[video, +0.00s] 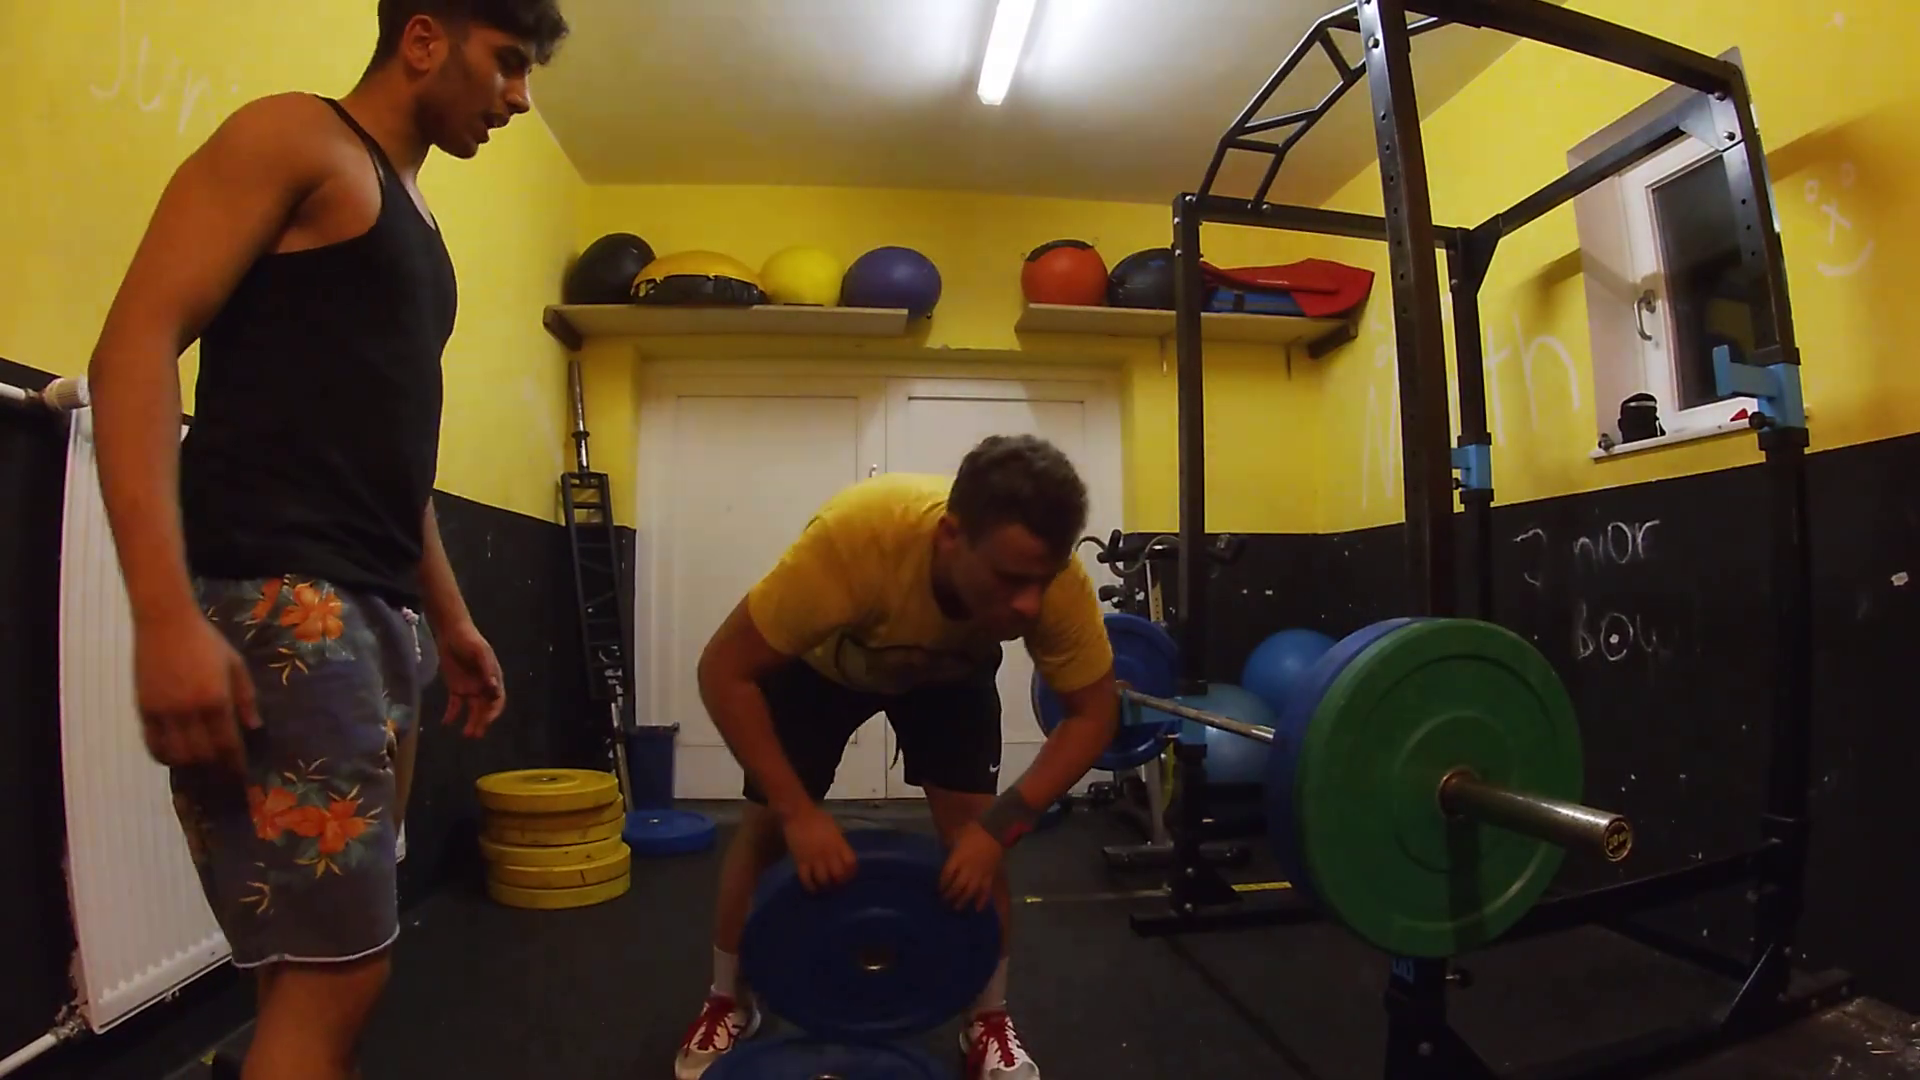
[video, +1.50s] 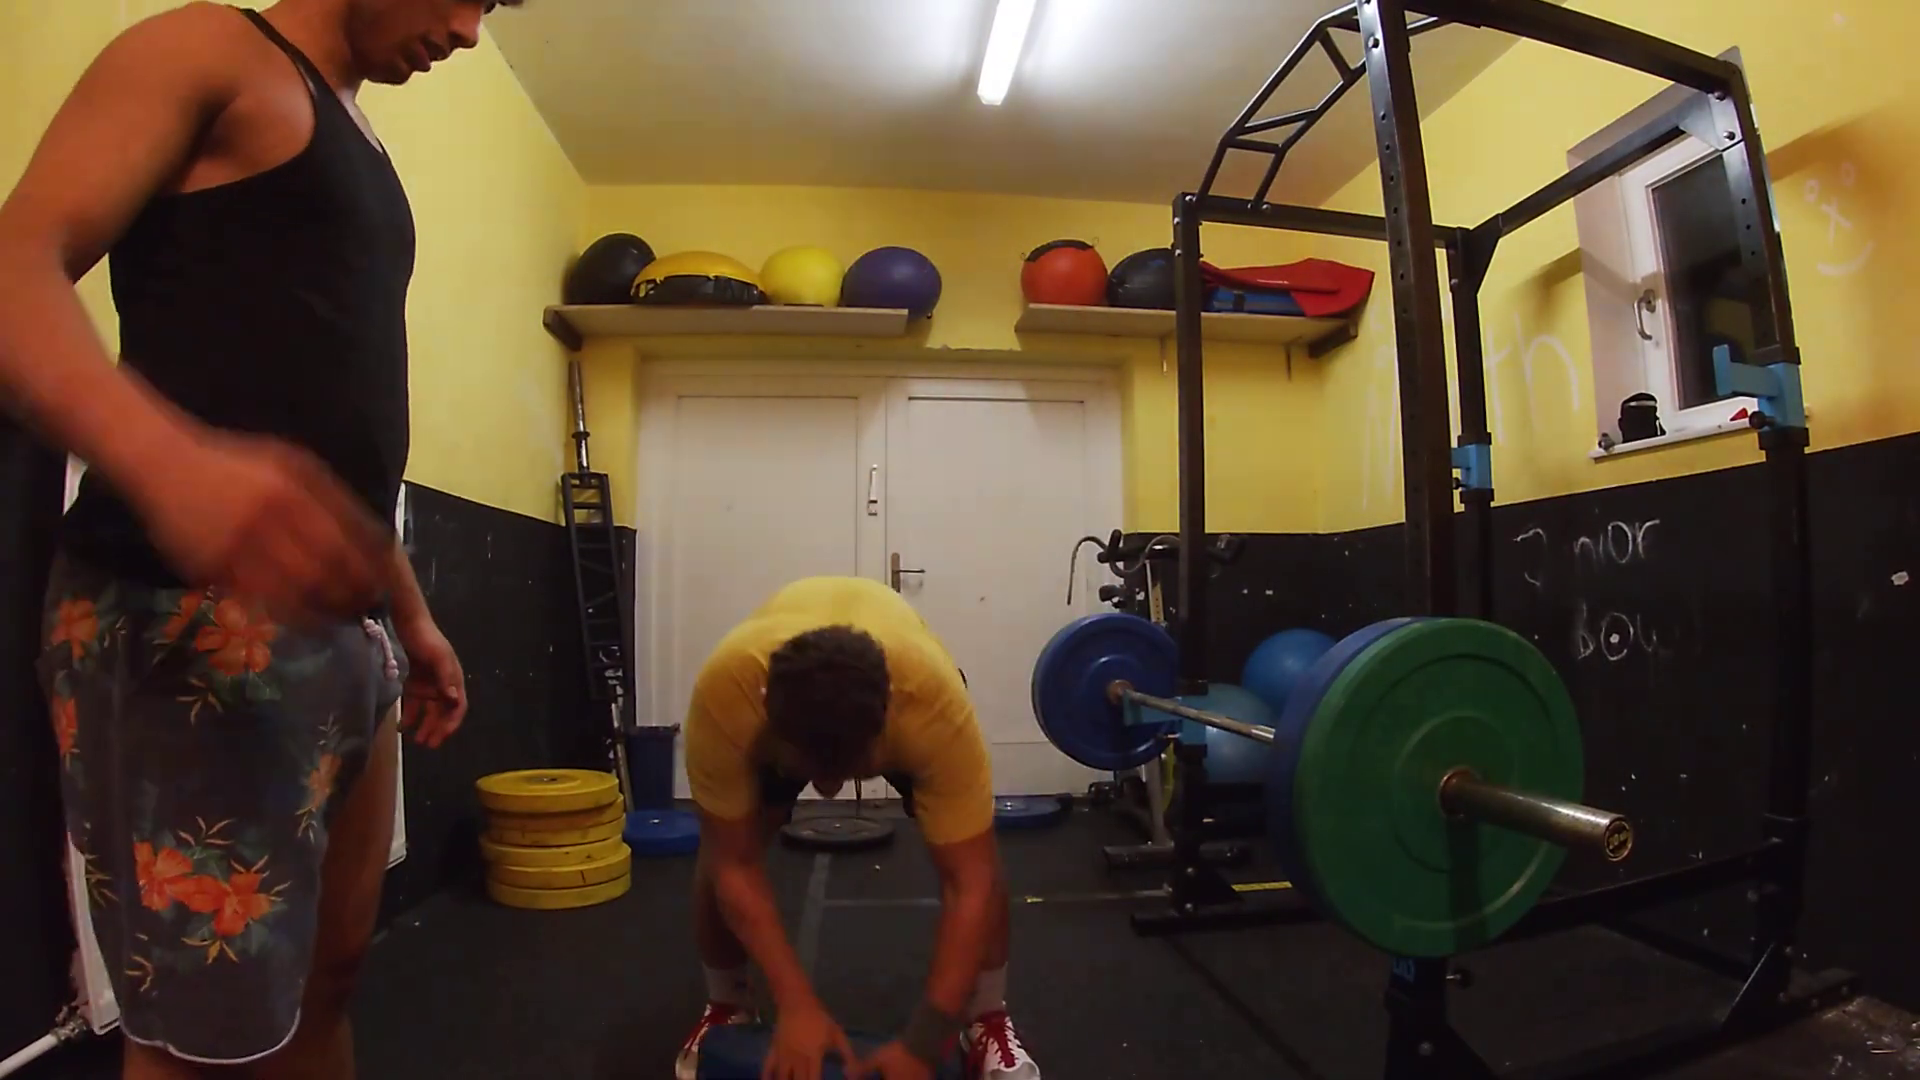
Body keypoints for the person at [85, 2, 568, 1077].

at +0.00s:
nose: (520, 98)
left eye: (529, 74)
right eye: (509, 62)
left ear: (440, 51)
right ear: (425, 38)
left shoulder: (408, 214)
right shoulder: (293, 134)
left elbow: (386, 445)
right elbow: (133, 350)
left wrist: (447, 616)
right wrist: (164, 614)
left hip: (373, 613)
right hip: (283, 609)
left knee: (328, 966)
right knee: (334, 976)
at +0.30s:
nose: (507, 71)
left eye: (516, 42)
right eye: (495, 33)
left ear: (414, 26)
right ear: (405, 16)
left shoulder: (385, 185)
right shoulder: (269, 119)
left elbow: (367, 432)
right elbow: (101, 354)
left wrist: (431, 615)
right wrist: (125, 641)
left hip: (370, 626)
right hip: (268, 623)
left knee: (320, 985)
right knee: (268, 1023)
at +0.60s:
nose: (479, 13)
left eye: (484, 1)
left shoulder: (358, 150)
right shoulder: (215, 59)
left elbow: (337, 416)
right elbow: (33, 304)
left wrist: (408, 619)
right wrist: (72, 638)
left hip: (352, 638)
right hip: (216, 633)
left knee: (320, 989)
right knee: (190, 1042)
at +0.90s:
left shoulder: (346, 119)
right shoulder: (180, 27)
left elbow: (308, 390)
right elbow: (2, 282)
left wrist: (384, 596)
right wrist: (1, 638)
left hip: (319, 632)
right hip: (165, 629)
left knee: (327, 995)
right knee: (169, 1047)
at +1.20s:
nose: (449, 7)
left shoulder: (351, 124)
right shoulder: (188, 23)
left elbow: (314, 397)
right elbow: (3, 273)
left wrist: (378, 615)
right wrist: (4, 649)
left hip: (322, 633)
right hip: (176, 629)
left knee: (320, 1006)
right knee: (172, 1051)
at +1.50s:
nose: (472, 29)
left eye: (485, 12)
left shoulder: (353, 133)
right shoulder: (203, 48)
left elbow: (330, 409)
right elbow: (17, 269)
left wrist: (406, 610)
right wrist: (175, 464)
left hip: (337, 622)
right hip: (188, 617)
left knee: (322, 995)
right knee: (192, 1035)